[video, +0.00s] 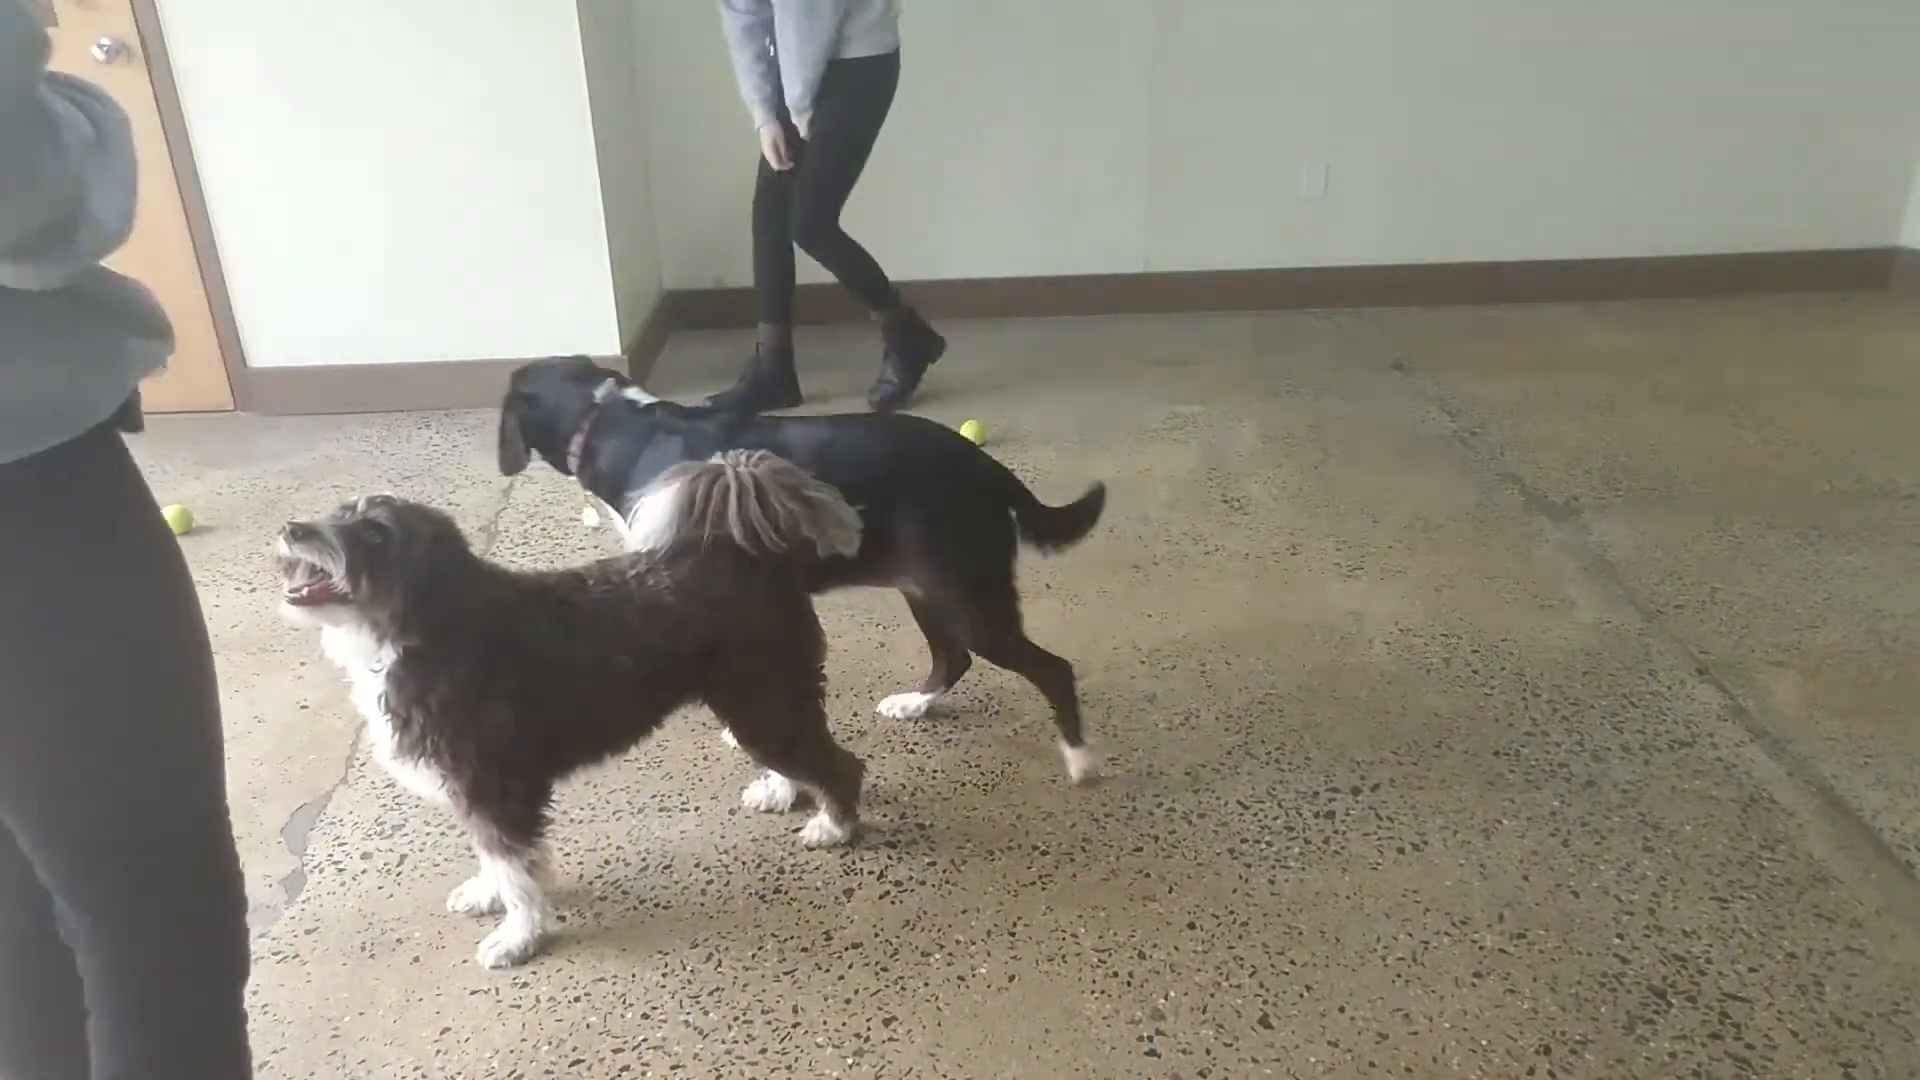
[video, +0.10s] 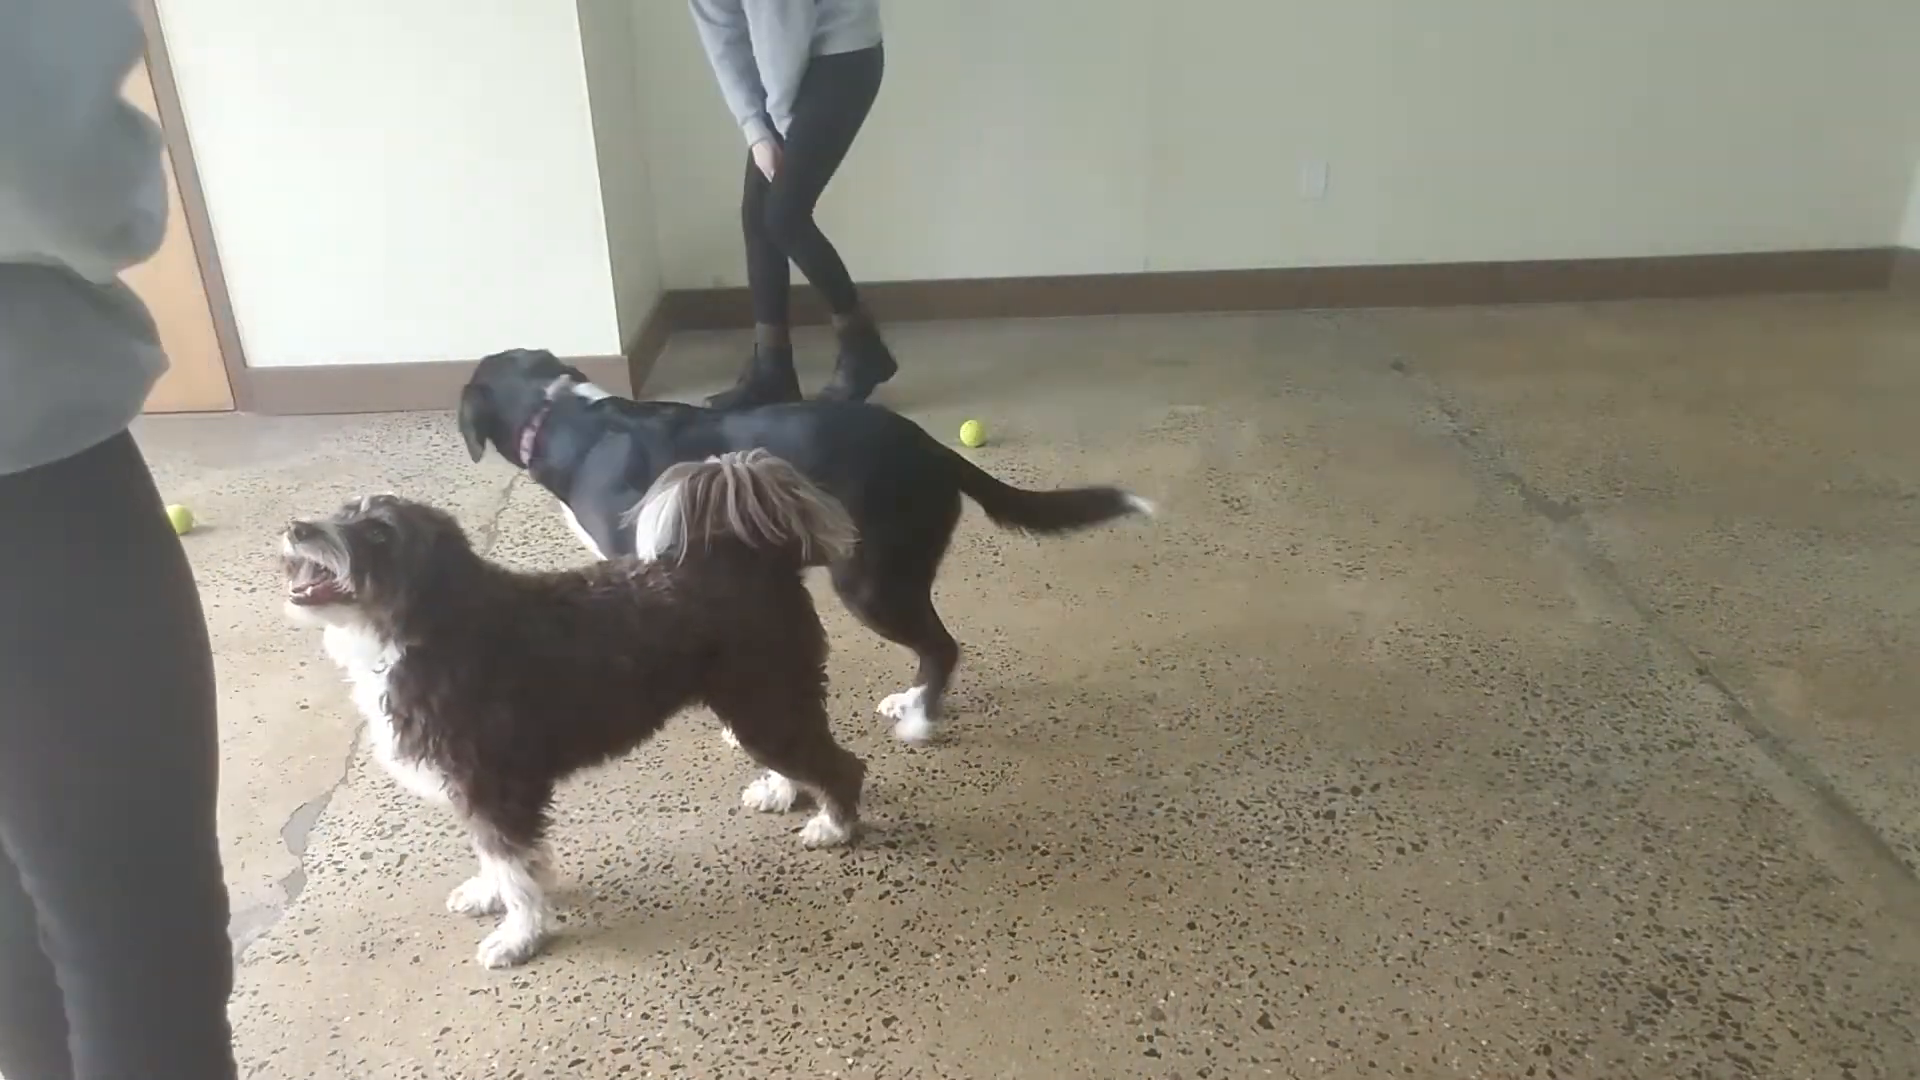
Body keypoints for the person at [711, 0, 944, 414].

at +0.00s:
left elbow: (810, 16)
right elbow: (741, 16)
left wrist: (800, 103)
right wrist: (765, 115)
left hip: (861, 56)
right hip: (794, 58)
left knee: (811, 221)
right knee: (770, 209)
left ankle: (910, 335)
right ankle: (774, 369)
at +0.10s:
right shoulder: (707, 6)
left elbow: (783, 33)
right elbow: (721, 39)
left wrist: (781, 119)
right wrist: (755, 130)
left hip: (843, 50)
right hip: (777, 58)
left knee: (785, 215)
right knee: (757, 213)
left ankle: (865, 349)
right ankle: (772, 370)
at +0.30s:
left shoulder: (723, 4)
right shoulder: (662, 6)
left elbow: (761, 58)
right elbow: (703, 67)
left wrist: (772, 133)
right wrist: (751, 143)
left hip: (825, 54)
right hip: (764, 62)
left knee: (783, 213)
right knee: (752, 213)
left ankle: (791, 382)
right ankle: (764, 370)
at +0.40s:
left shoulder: (707, 5)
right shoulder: (652, 12)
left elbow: (755, 68)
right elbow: (703, 84)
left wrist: (772, 129)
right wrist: (755, 154)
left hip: (821, 55)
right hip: (767, 65)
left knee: (784, 214)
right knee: (752, 215)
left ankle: (791, 383)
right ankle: (764, 371)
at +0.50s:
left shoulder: (690, 4)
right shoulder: (643, 17)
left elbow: (750, 73)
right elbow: (705, 91)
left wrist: (774, 129)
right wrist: (759, 159)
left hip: (818, 53)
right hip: (767, 65)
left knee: (782, 211)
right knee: (752, 212)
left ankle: (789, 381)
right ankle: (764, 371)